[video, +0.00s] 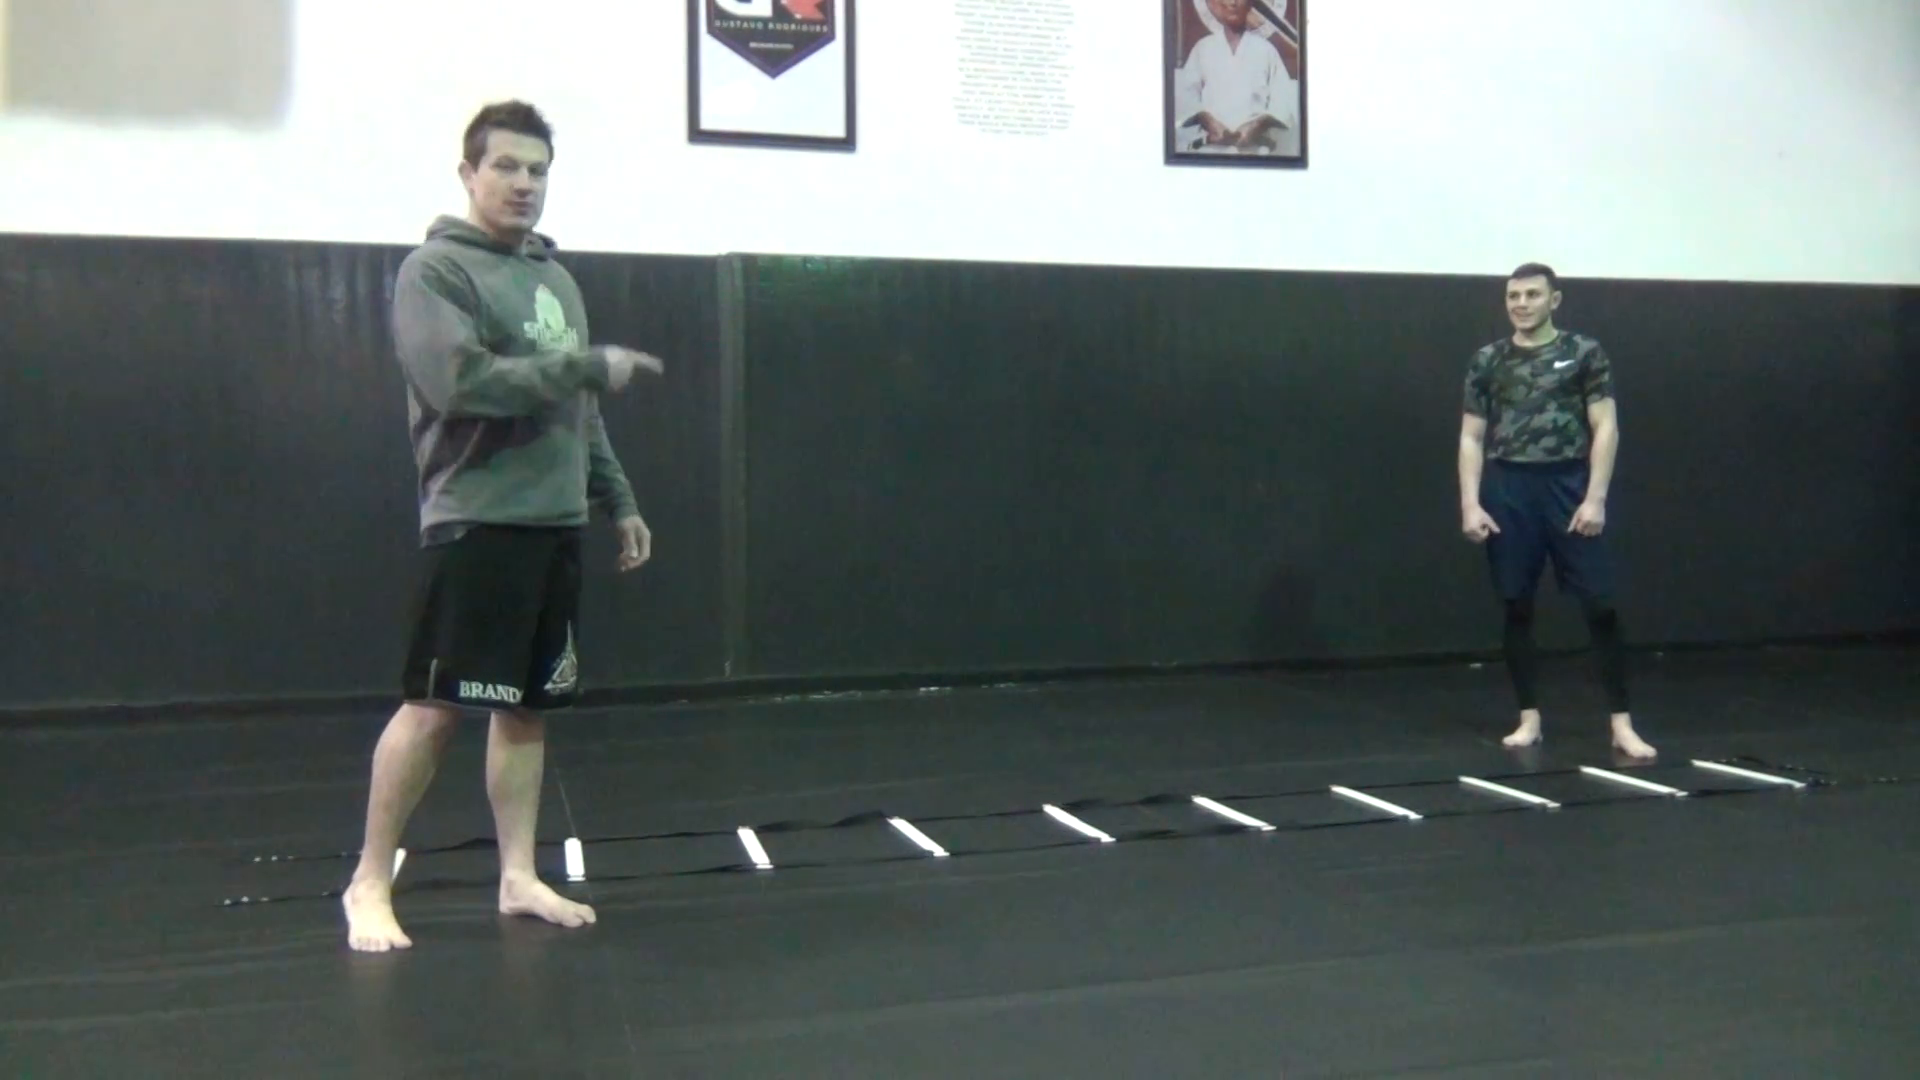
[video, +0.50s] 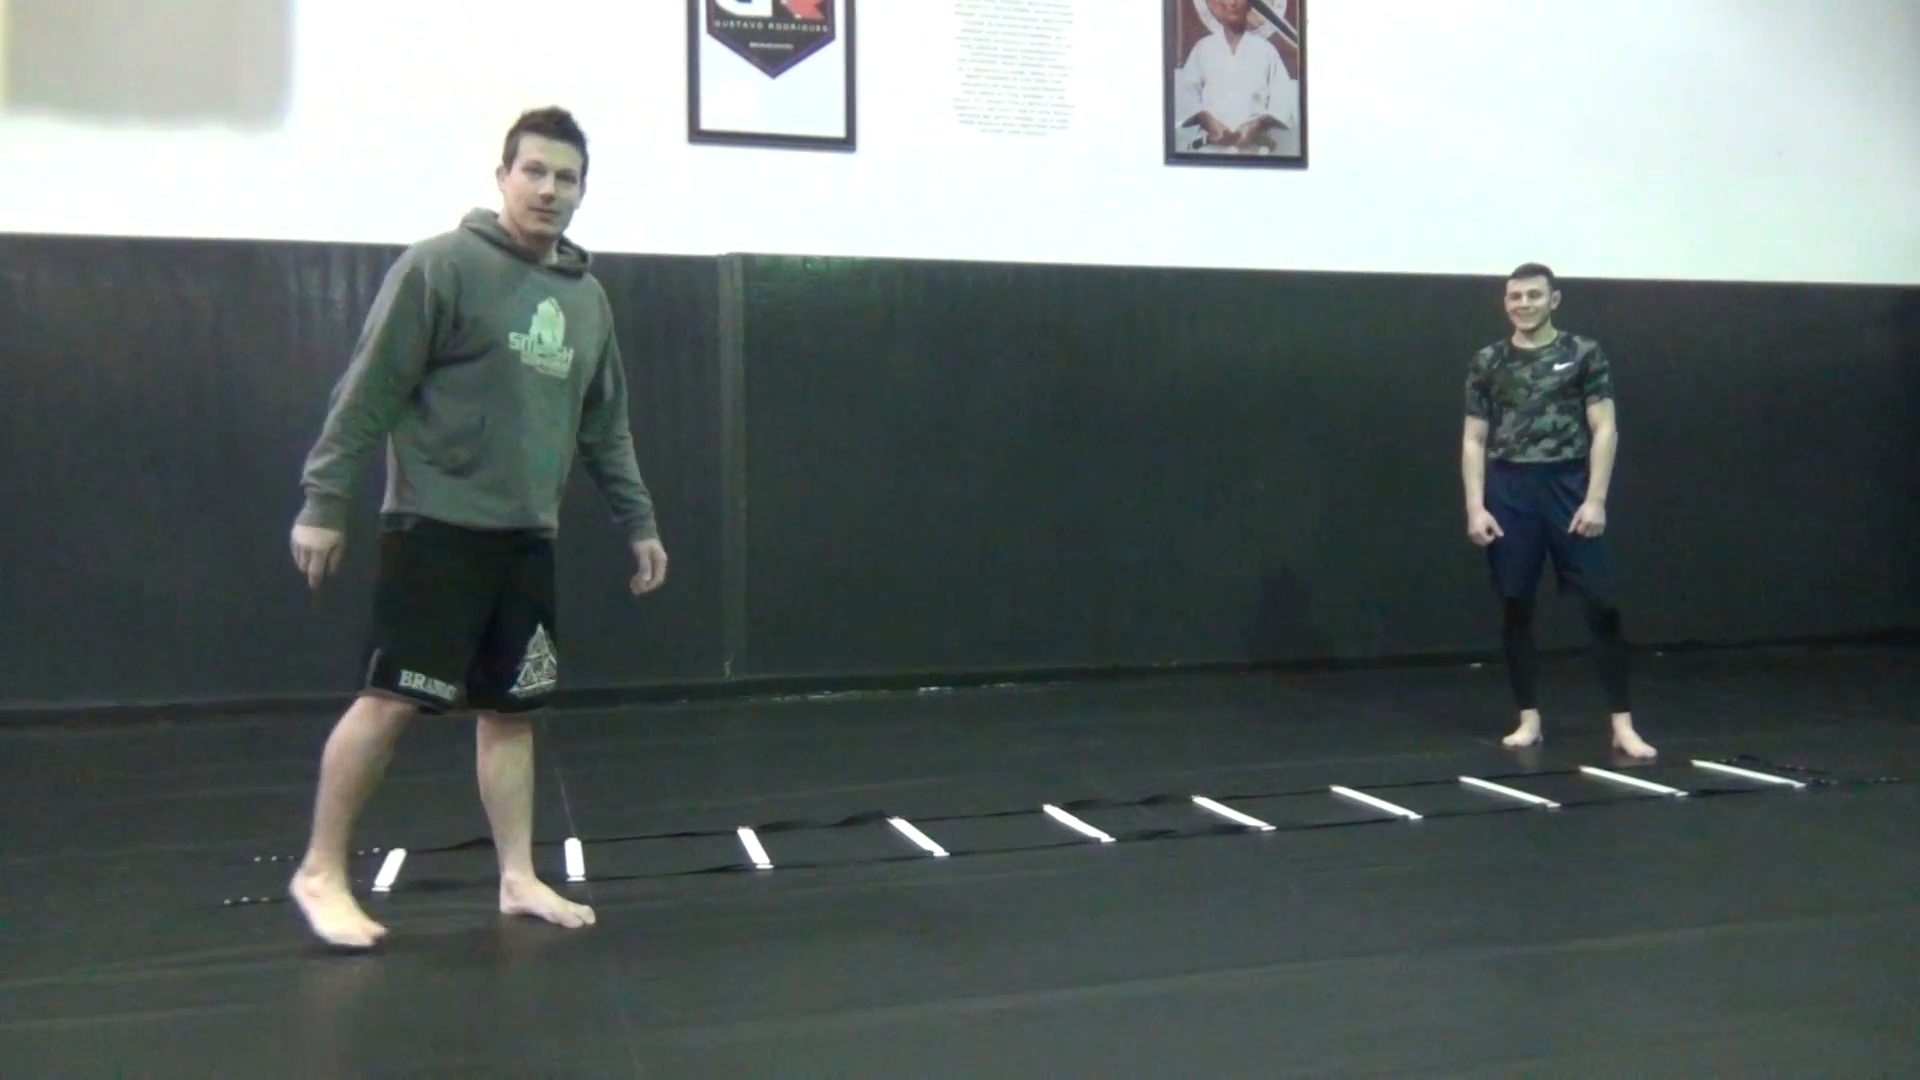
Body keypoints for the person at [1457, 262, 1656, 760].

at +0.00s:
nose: (1522, 304)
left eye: (1532, 295)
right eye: (1514, 296)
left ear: (1554, 300)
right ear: (1505, 303)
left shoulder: (1585, 353)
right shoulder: (1487, 361)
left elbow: (1605, 427)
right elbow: (1472, 437)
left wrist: (1596, 497)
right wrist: (1470, 503)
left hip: (1570, 490)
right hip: (1508, 491)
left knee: (1600, 603)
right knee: (1515, 605)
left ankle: (1620, 722)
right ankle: (1528, 716)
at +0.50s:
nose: (1523, 304)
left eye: (1533, 296)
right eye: (1515, 297)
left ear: (1554, 300)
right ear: (1505, 303)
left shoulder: (1584, 353)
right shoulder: (1487, 362)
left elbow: (1604, 428)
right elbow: (1474, 440)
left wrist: (1596, 498)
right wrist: (1475, 507)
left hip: (1570, 490)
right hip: (1509, 492)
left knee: (1602, 602)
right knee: (1515, 606)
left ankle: (1621, 723)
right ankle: (1528, 718)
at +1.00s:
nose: (1527, 304)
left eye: (1536, 295)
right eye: (1518, 297)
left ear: (1555, 300)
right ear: (1506, 303)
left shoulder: (1585, 354)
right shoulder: (1488, 362)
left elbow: (1604, 428)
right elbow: (1474, 439)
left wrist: (1595, 499)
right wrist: (1475, 507)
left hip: (1570, 490)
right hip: (1509, 492)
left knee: (1600, 602)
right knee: (1516, 605)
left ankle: (1621, 723)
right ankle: (1528, 717)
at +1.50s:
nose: (1521, 304)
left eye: (1532, 295)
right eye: (1514, 296)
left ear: (1555, 300)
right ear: (1506, 303)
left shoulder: (1586, 354)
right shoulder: (1488, 361)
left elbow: (1605, 428)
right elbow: (1474, 438)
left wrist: (1595, 499)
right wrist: (1474, 506)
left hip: (1571, 490)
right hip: (1509, 491)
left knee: (1601, 603)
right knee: (1516, 605)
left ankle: (1621, 722)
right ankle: (1528, 716)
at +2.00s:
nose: (1518, 303)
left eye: (1529, 295)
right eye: (1512, 296)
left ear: (1554, 299)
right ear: (1505, 302)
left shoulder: (1585, 353)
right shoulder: (1488, 360)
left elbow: (1605, 427)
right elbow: (1473, 437)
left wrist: (1595, 498)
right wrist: (1471, 504)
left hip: (1570, 489)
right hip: (1508, 490)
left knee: (1601, 603)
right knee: (1515, 603)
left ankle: (1620, 723)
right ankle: (1528, 717)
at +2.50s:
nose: (1516, 304)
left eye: (1528, 295)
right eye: (1510, 297)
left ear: (1553, 299)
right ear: (1504, 303)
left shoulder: (1586, 353)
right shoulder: (1489, 361)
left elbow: (1605, 428)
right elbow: (1474, 438)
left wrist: (1595, 499)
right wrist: (1475, 506)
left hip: (1571, 491)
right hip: (1509, 492)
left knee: (1601, 604)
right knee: (1515, 605)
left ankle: (1621, 724)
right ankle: (1528, 718)